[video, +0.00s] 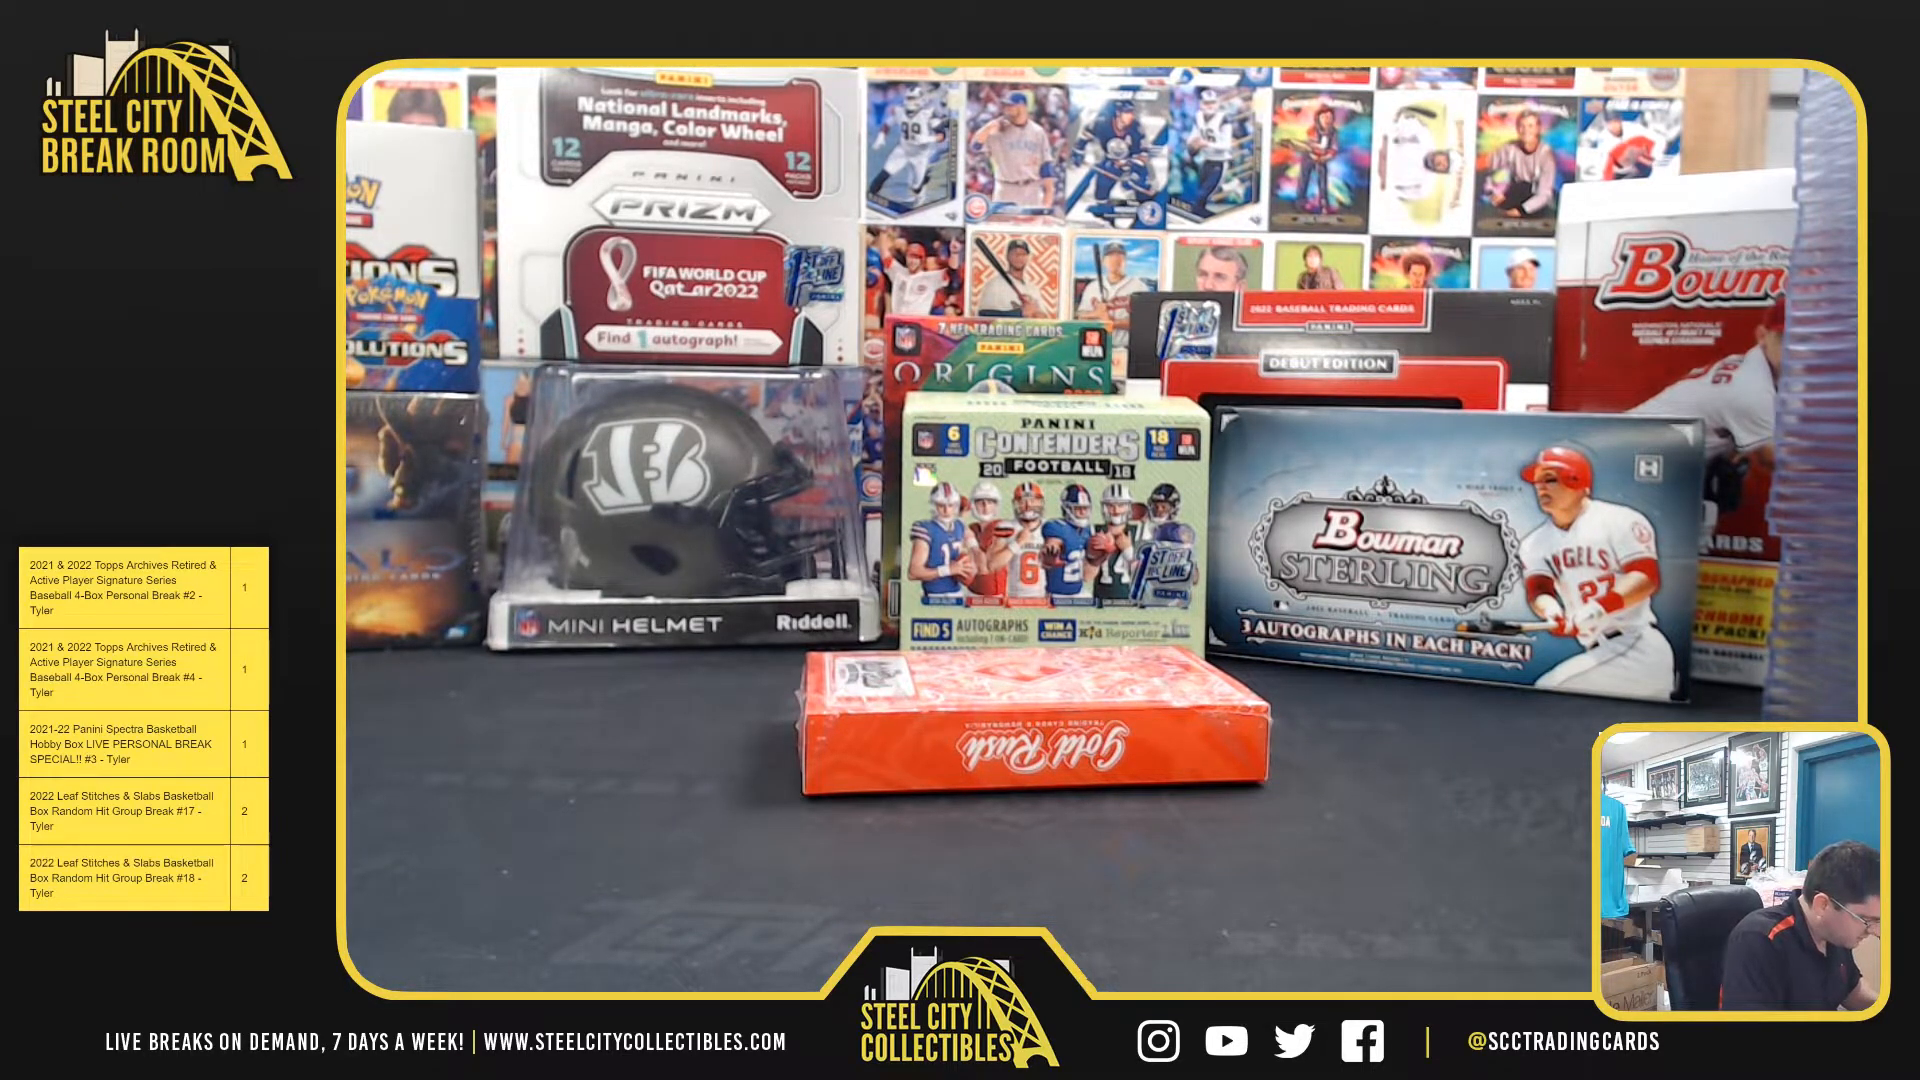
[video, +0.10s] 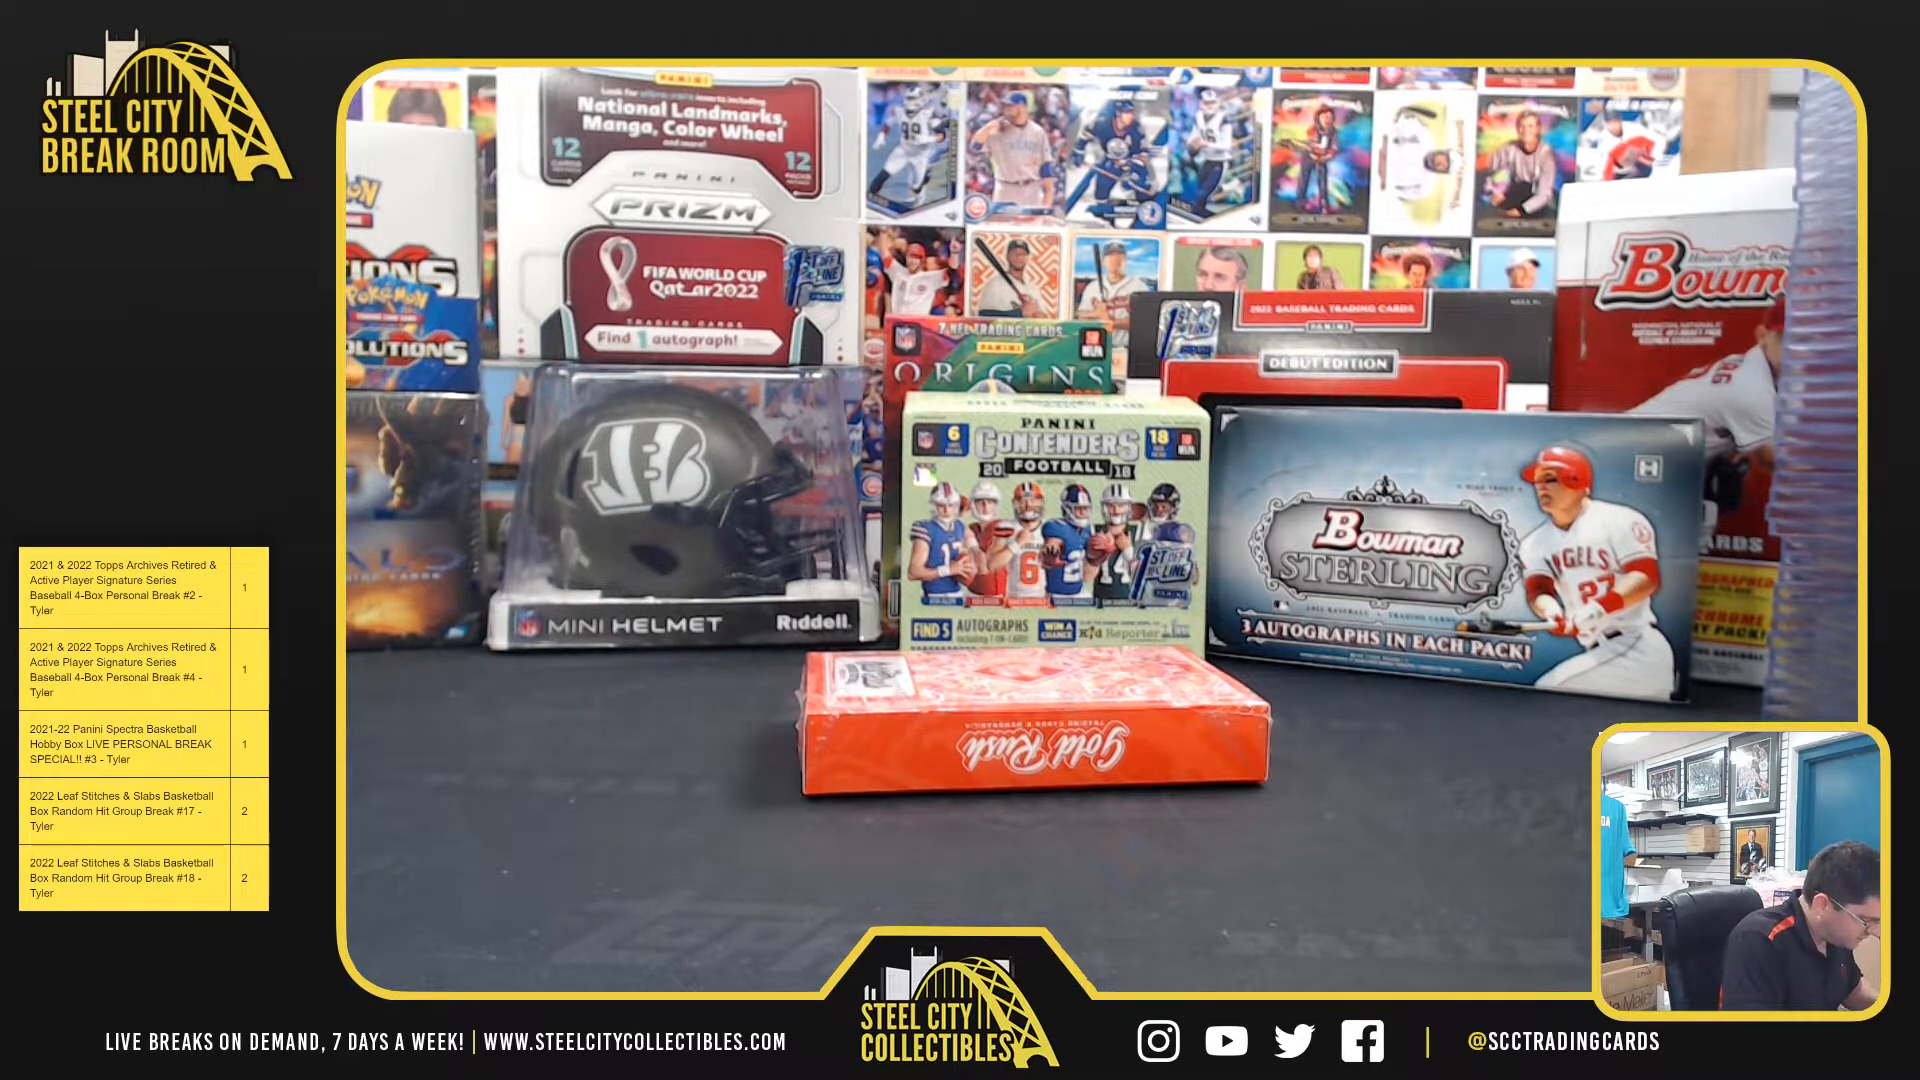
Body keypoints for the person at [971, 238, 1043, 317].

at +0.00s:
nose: (1019, 257)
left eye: (1023, 254)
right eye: (1015, 254)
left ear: (1028, 258)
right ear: (1008, 256)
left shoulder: (1033, 288)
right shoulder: (995, 285)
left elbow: (1044, 317)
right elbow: (985, 315)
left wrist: (1033, 310)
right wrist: (1020, 313)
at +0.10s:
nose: (1019, 257)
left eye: (1023, 254)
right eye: (1015, 254)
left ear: (1028, 258)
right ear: (1008, 256)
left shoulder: (1032, 288)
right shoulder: (995, 285)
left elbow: (1044, 317)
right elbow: (985, 315)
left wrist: (1033, 311)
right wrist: (1020, 313)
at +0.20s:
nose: (1020, 257)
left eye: (1023, 254)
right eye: (1016, 254)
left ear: (1028, 258)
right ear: (1008, 256)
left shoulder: (1032, 288)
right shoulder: (995, 285)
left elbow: (1044, 317)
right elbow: (985, 315)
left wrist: (1034, 311)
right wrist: (1020, 313)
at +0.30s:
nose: (1019, 258)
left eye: (1023, 254)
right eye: (1015, 254)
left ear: (1028, 258)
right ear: (1008, 256)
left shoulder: (1033, 288)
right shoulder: (995, 284)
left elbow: (1044, 317)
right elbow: (985, 314)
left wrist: (1033, 310)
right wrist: (1020, 313)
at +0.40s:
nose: (1019, 258)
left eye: (1023, 254)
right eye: (1015, 254)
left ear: (1028, 258)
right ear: (1008, 256)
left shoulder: (1033, 288)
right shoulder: (995, 284)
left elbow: (1044, 317)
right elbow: (985, 314)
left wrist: (1033, 310)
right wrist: (1020, 313)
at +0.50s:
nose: (1019, 258)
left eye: (1023, 254)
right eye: (1015, 254)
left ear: (1028, 258)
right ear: (1008, 256)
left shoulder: (1033, 288)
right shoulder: (995, 284)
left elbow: (1044, 317)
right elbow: (985, 314)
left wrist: (1033, 310)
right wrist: (1020, 313)